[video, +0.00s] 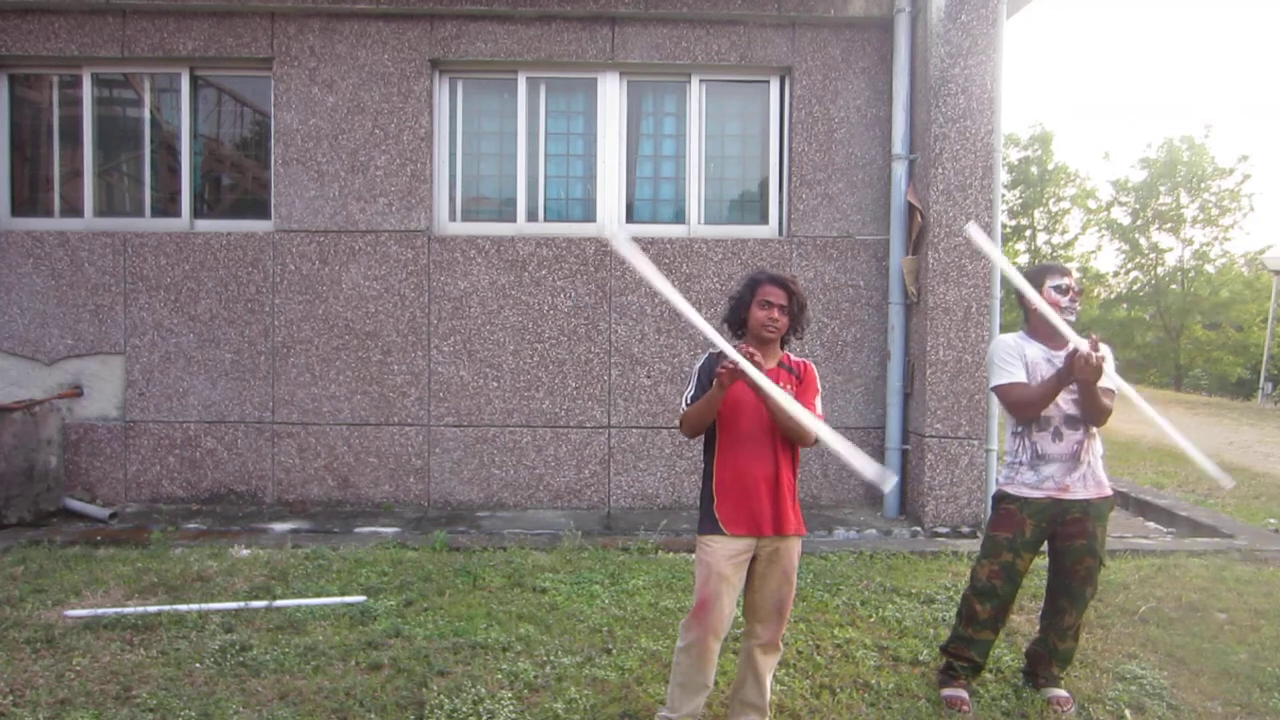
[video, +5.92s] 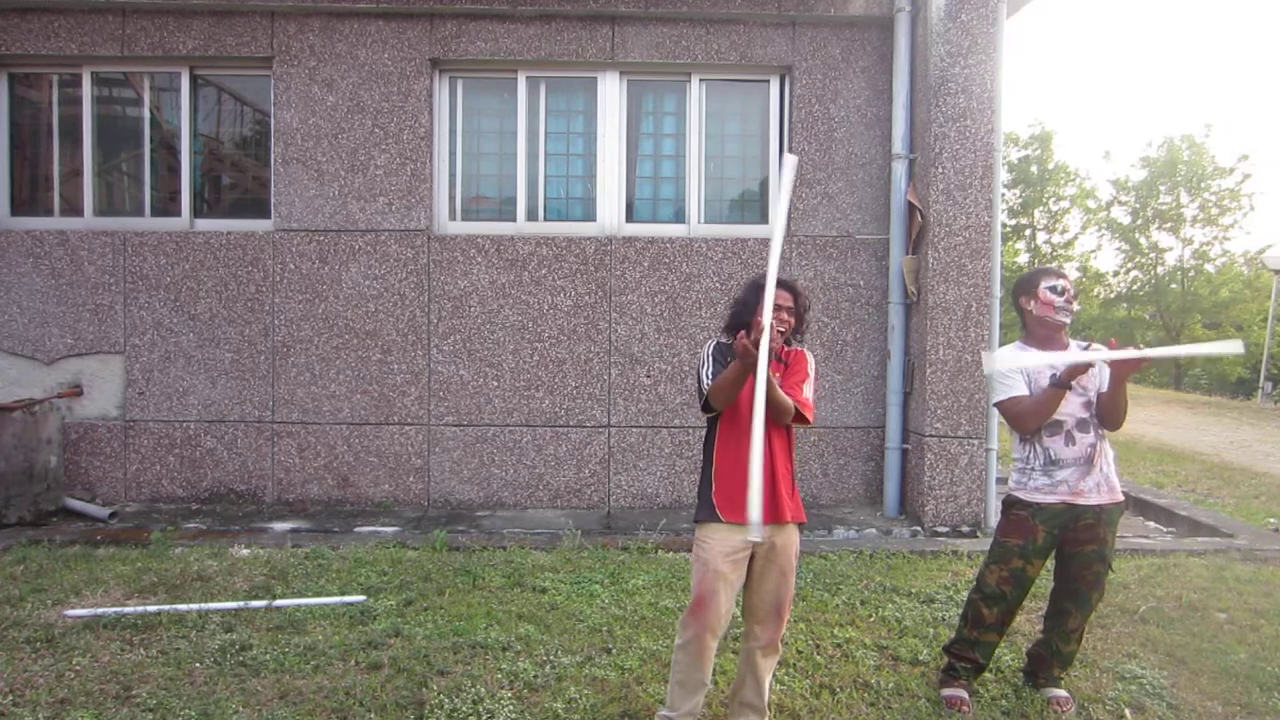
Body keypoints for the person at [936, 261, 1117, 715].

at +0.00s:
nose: (1070, 299)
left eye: (1075, 295)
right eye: (1060, 290)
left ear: (1078, 304)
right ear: (1030, 297)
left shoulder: (1095, 354)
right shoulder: (1007, 347)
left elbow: (1099, 417)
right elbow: (1021, 407)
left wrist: (1086, 378)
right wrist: (1069, 372)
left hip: (1085, 494)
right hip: (1025, 491)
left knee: (1074, 592)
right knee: (991, 583)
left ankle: (1045, 670)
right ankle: (957, 674)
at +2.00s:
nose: (1069, 298)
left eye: (1072, 292)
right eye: (1057, 290)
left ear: (1075, 303)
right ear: (1026, 301)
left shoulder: (1095, 354)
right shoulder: (1004, 354)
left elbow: (1106, 425)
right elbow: (1014, 419)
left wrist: (1099, 401)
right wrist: (1066, 392)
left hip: (1087, 496)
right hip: (1026, 494)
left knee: (1075, 593)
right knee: (992, 584)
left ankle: (1045, 670)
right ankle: (957, 673)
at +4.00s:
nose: (1068, 299)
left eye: (1072, 293)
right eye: (1056, 291)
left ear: (1075, 304)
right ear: (1026, 302)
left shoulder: (1094, 355)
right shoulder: (1004, 356)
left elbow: (1108, 425)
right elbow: (1014, 422)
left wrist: (1104, 396)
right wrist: (1066, 398)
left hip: (1088, 496)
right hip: (1028, 494)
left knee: (1076, 593)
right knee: (994, 585)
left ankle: (1045, 670)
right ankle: (957, 674)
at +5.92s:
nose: (1068, 299)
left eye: (1072, 294)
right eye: (1057, 290)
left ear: (1075, 308)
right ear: (1026, 302)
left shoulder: (1091, 356)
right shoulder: (1007, 358)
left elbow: (1111, 421)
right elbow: (1024, 422)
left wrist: (1119, 379)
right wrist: (1064, 381)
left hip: (1096, 498)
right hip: (1036, 496)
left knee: (1080, 597)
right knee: (999, 587)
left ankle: (1045, 673)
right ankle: (959, 674)